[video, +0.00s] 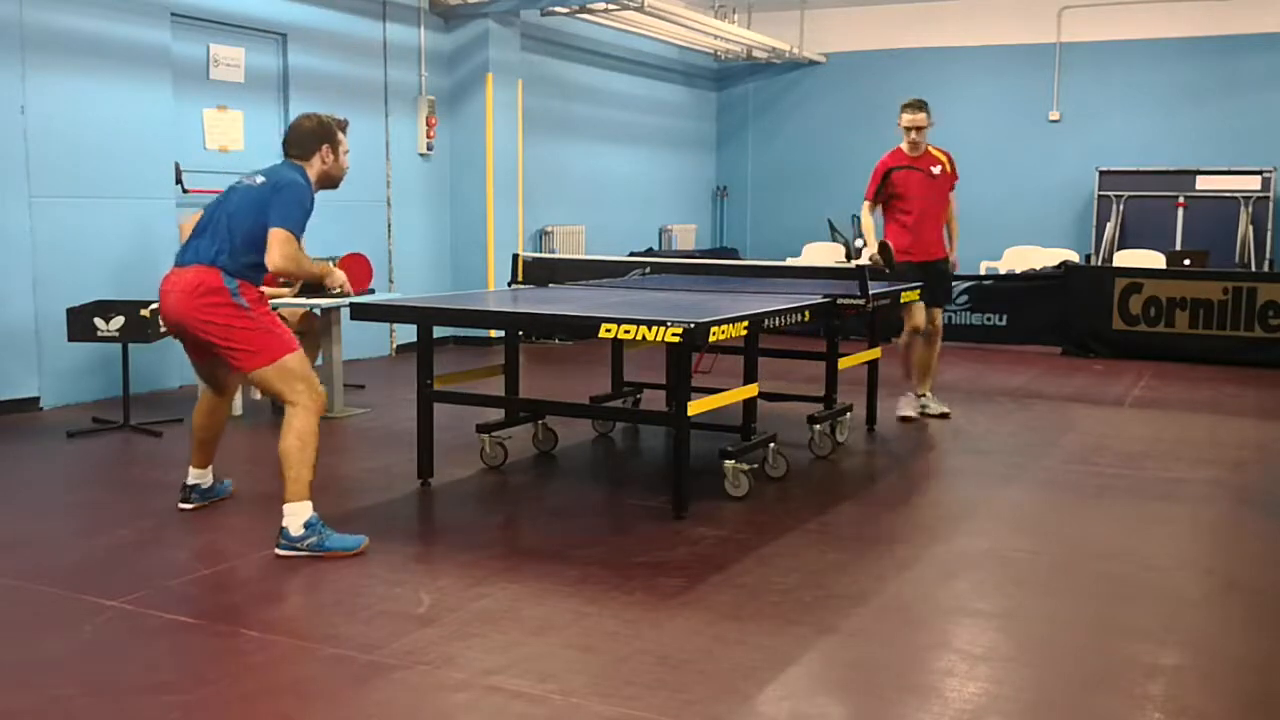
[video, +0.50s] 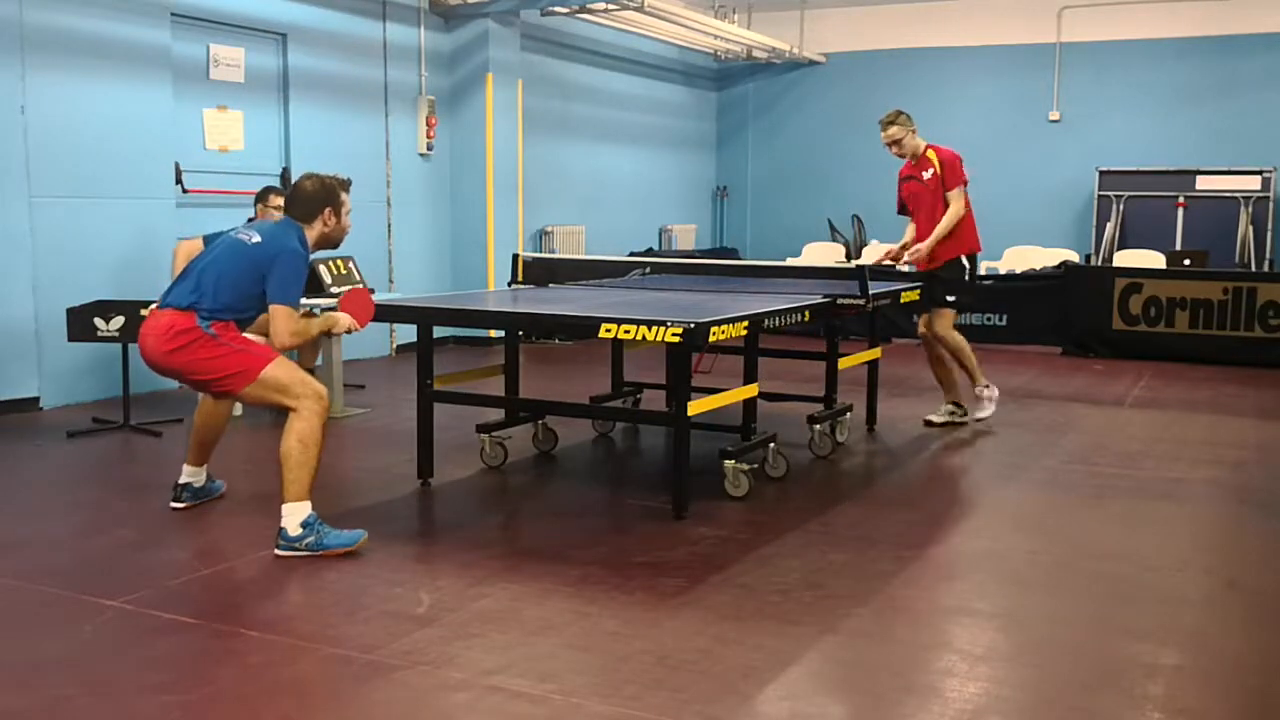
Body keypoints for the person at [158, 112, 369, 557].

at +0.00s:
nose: (347, 162)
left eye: (347, 153)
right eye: (344, 152)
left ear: (296, 152)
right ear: (324, 154)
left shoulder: (252, 180)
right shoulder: (295, 185)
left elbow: (192, 229)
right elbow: (281, 258)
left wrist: (244, 273)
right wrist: (324, 271)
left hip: (176, 289)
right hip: (217, 290)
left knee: (221, 384)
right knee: (306, 396)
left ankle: (198, 483)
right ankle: (299, 525)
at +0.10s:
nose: (353, 176)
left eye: (351, 167)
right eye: (349, 167)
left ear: (303, 169)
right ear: (329, 171)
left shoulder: (261, 194)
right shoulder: (297, 201)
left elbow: (191, 235)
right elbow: (286, 280)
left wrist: (236, 285)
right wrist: (331, 286)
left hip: (174, 300)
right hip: (213, 303)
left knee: (219, 386)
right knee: (317, 397)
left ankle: (196, 483)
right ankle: (300, 524)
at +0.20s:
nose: (355, 194)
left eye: (355, 184)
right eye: (353, 184)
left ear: (304, 183)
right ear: (333, 186)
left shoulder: (258, 206)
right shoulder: (298, 214)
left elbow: (191, 239)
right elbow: (287, 299)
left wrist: (240, 299)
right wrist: (334, 299)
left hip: (170, 309)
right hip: (208, 312)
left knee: (223, 385)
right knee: (319, 396)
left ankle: (195, 483)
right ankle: (299, 524)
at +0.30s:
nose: (354, 210)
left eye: (354, 200)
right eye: (352, 200)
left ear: (302, 196)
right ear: (334, 201)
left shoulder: (259, 218)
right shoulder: (296, 229)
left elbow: (190, 243)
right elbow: (288, 318)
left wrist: (200, 298)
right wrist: (332, 314)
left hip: (166, 317)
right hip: (201, 320)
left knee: (224, 387)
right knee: (317, 397)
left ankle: (191, 482)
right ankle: (299, 525)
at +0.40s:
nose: (352, 220)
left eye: (352, 211)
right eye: (350, 210)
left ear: (299, 207)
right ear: (331, 213)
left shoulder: (260, 225)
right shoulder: (294, 243)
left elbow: (188, 245)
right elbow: (285, 331)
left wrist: (182, 300)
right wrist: (332, 321)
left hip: (160, 324)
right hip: (193, 329)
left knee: (226, 383)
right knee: (314, 397)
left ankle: (191, 482)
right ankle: (298, 526)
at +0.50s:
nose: (349, 224)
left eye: (348, 215)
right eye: (346, 214)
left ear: (296, 211)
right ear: (327, 217)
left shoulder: (259, 229)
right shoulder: (291, 249)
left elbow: (187, 248)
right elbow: (285, 336)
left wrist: (182, 303)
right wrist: (329, 322)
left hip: (159, 328)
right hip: (188, 334)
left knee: (227, 379)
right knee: (311, 397)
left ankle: (191, 482)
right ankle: (297, 526)